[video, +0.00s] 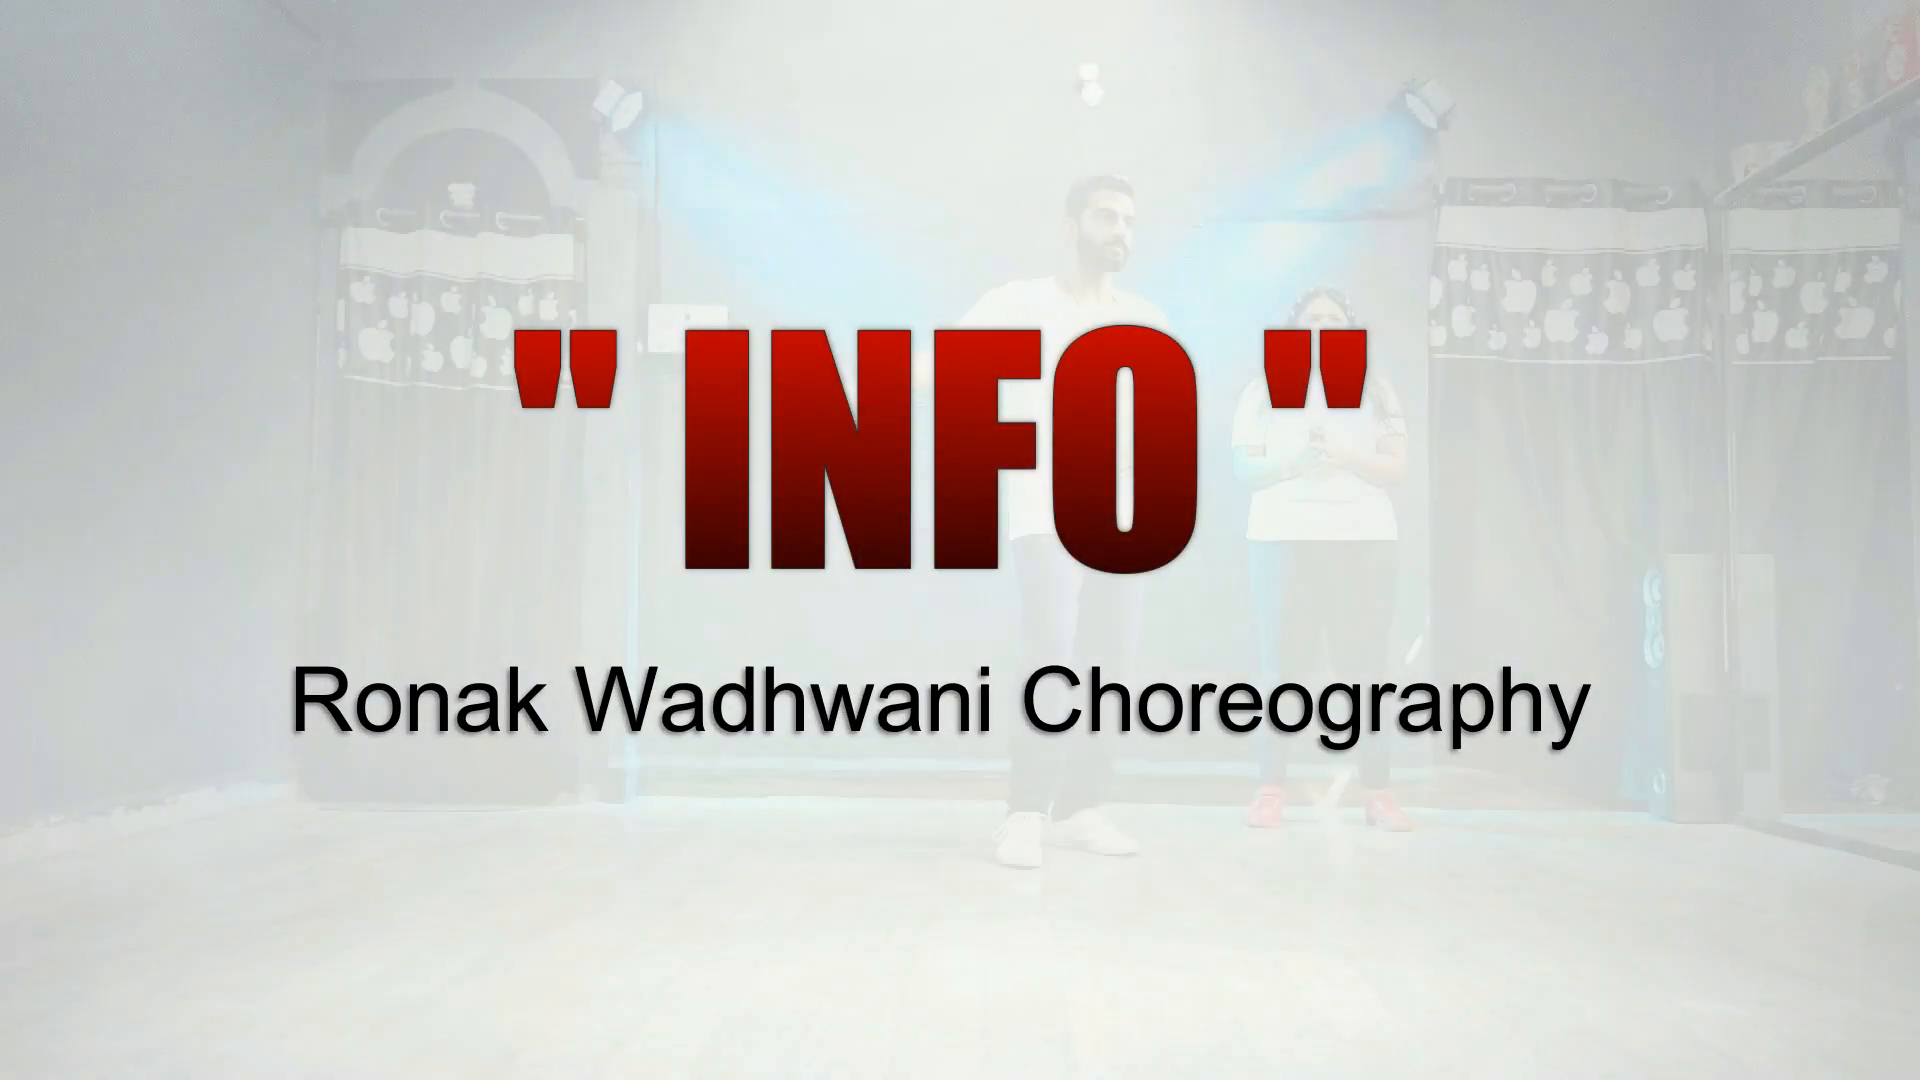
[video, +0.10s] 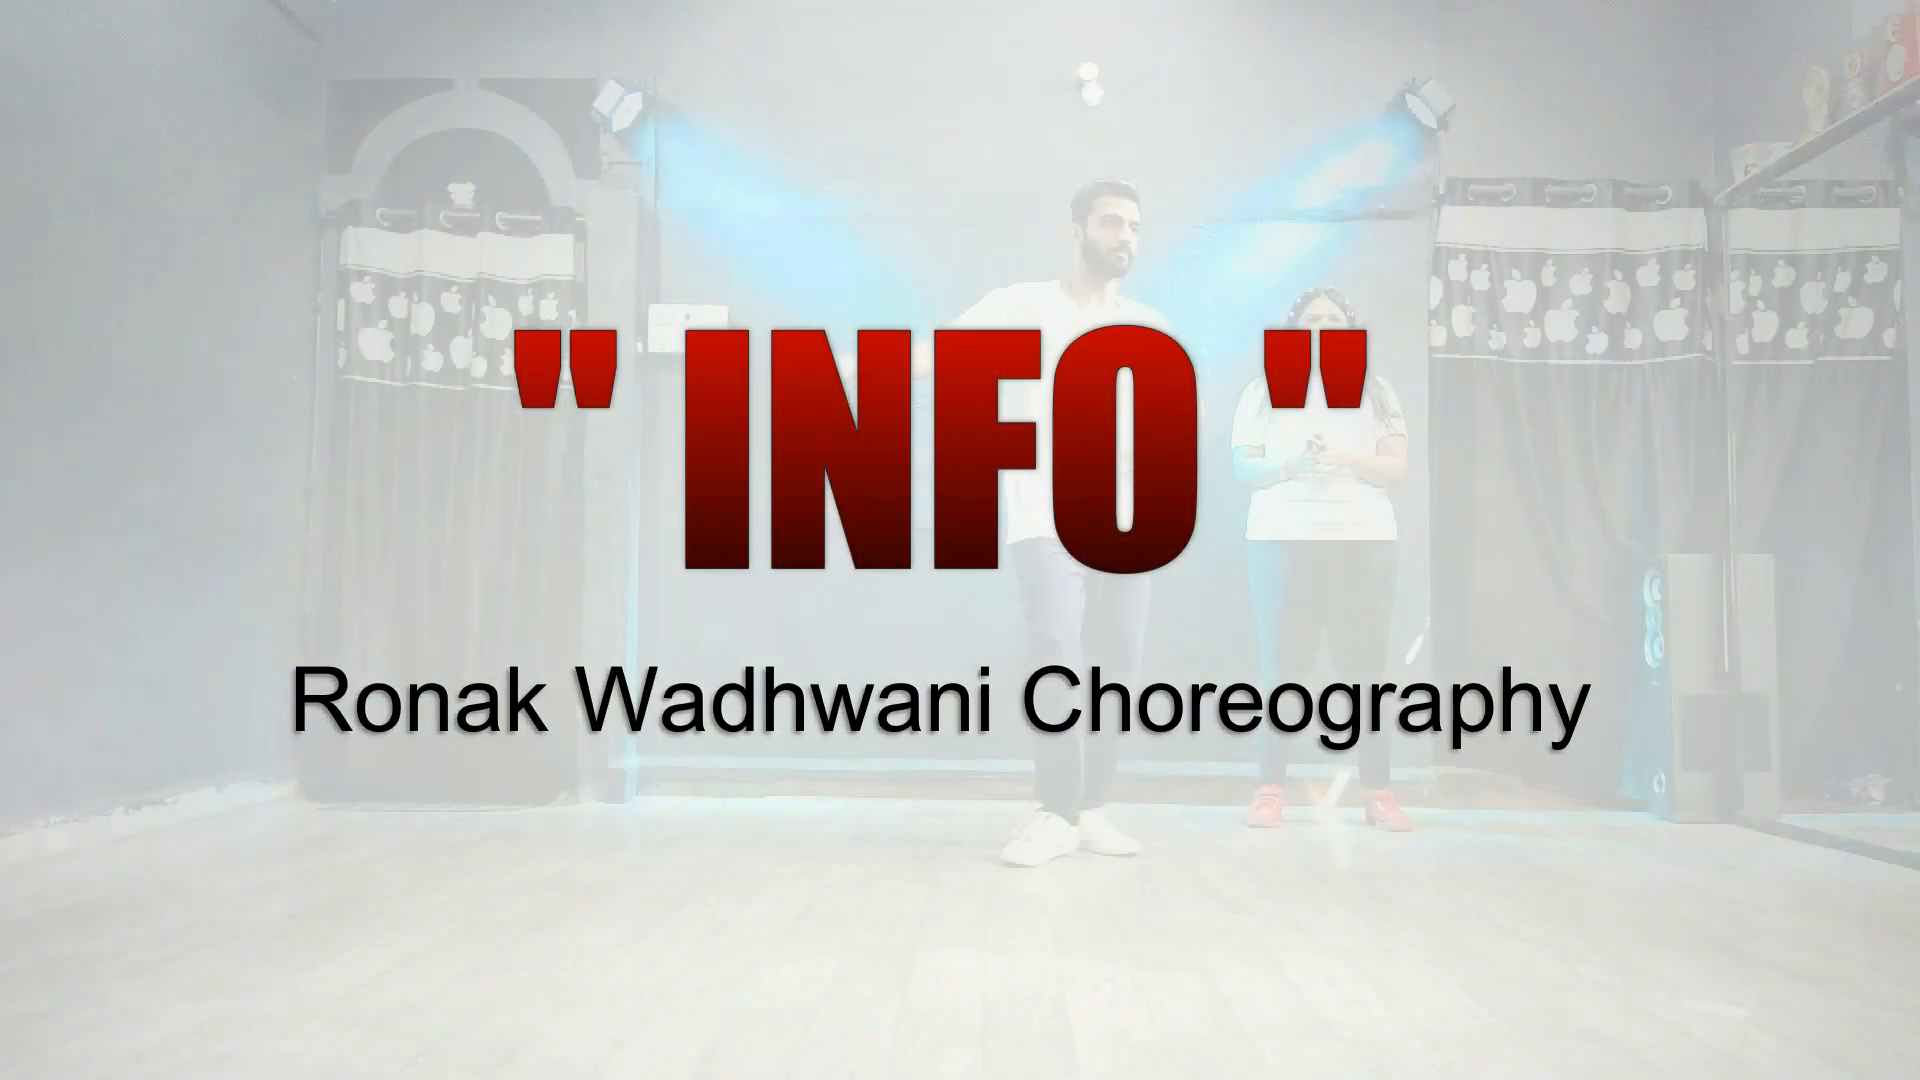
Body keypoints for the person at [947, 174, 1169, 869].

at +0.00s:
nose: (1120, 231)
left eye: (1128, 220)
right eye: (1107, 217)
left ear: (1133, 232)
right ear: (1073, 222)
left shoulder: (1139, 318)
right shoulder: (1014, 307)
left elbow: (1166, 415)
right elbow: (950, 383)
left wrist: (1157, 498)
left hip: (1117, 507)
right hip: (1039, 506)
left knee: (1107, 652)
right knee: (1046, 651)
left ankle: (1083, 807)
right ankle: (1027, 810)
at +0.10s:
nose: (1125, 236)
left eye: (1133, 227)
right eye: (1112, 224)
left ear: (1139, 239)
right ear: (1079, 231)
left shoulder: (1147, 325)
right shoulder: (1017, 307)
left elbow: (1174, 422)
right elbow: (935, 365)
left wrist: (1164, 509)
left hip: (1124, 512)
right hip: (1042, 508)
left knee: (1118, 655)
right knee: (1056, 654)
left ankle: (1092, 808)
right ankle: (1054, 811)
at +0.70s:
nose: (1132, 236)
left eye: (1134, 225)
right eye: (1119, 223)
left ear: (1126, 236)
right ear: (1079, 230)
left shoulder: (1136, 326)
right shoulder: (1019, 306)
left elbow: (1153, 429)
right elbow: (999, 412)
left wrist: (1129, 493)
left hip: (1092, 526)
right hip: (1006, 519)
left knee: (1097, 660)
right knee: (964, 644)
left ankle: (1079, 809)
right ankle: (965, 810)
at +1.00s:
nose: (1083, 237)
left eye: (1084, 226)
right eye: (1071, 224)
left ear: (1069, 237)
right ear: (1030, 231)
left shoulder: (1089, 326)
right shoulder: (973, 306)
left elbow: (1126, 425)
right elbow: (955, 412)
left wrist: (1054, 409)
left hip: (1066, 528)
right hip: (979, 522)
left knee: (1086, 662)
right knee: (937, 649)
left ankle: (1078, 809)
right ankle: (938, 811)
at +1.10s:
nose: (1068, 233)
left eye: (1069, 221)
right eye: (1055, 220)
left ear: (1056, 232)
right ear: (1014, 227)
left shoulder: (1073, 318)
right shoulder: (961, 302)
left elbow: (1109, 414)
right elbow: (966, 401)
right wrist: (1067, 426)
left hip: (1050, 518)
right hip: (968, 515)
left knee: (1069, 655)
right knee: (941, 657)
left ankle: (1076, 805)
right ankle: (915, 805)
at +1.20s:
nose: (1046, 229)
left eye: (1046, 217)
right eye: (1032, 217)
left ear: (1019, 229)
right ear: (993, 226)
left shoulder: (1051, 310)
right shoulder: (941, 307)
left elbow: (1103, 391)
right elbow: (951, 424)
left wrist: (1075, 454)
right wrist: (1005, 508)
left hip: (1028, 504)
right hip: (950, 507)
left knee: (1053, 656)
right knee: (929, 660)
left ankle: (1070, 805)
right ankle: (897, 807)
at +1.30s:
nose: (1030, 230)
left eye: (1030, 218)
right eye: (1017, 219)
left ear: (1008, 230)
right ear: (977, 229)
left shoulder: (1038, 312)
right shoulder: (925, 312)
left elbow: (1087, 385)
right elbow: (917, 422)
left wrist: (1059, 463)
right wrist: (920, 526)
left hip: (1019, 517)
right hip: (937, 518)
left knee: (1050, 654)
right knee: (918, 664)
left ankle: (1068, 805)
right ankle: (898, 807)